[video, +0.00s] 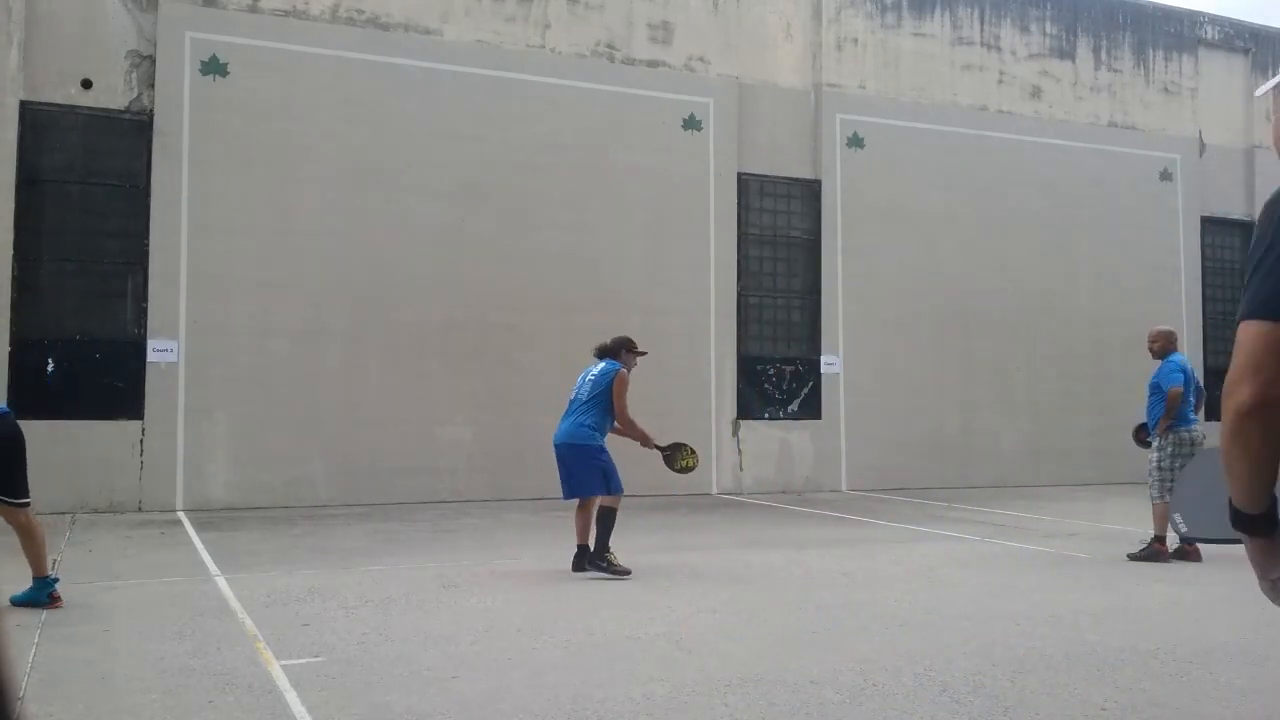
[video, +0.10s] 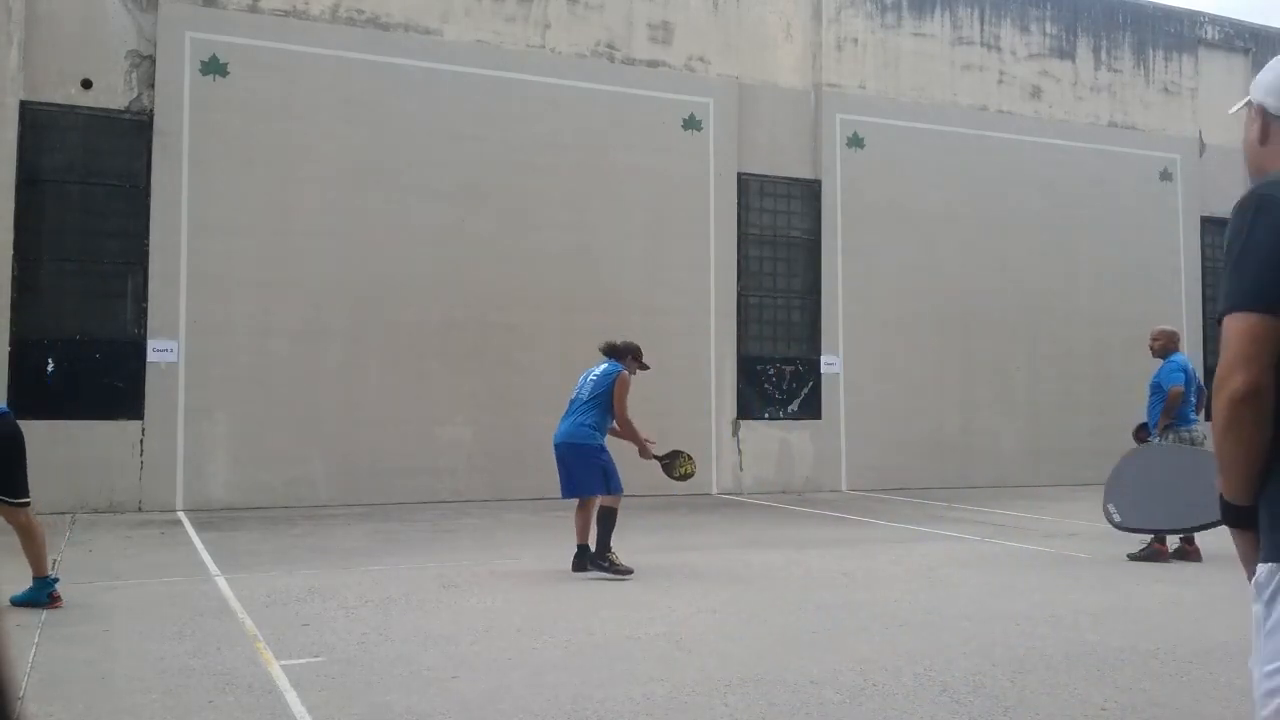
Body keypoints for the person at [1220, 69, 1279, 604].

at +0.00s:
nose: (1271, 132)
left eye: (1272, 118)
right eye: (1272, 118)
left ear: (1276, 128)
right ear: (1274, 132)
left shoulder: (1276, 211)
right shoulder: (1273, 214)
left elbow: (1250, 398)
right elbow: (1250, 399)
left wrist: (1255, 522)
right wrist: (1256, 523)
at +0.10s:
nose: (1245, 138)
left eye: (1248, 121)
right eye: (1246, 121)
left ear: (1266, 123)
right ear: (1275, 125)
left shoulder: (1267, 204)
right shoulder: (1259, 206)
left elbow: (1244, 383)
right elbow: (1245, 382)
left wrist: (1239, 509)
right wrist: (1241, 508)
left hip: (1279, 544)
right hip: (1274, 545)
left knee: (1273, 698)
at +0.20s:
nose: (1219, 148)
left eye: (1221, 132)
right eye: (1221, 133)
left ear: (1236, 133)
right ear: (1272, 137)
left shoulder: (1247, 203)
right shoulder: (1250, 209)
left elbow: (1220, 372)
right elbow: (1231, 368)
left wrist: (1203, 496)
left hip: (1262, 528)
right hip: (1260, 523)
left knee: (1229, 705)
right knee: (1233, 700)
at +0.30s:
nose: (1198, 155)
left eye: (1199, 141)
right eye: (1200, 142)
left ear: (1211, 142)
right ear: (1278, 146)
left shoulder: (1221, 205)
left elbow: (1192, 356)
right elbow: (1265, 347)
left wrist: (1163, 470)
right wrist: (1188, 342)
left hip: (1243, 524)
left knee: (1187, 706)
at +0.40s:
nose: (1170, 164)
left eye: (1172, 151)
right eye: (1173, 152)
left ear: (1183, 150)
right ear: (1262, 156)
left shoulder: (1189, 202)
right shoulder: (1275, 206)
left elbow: (1163, 345)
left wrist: (1135, 456)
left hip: (1225, 511)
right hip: (1271, 507)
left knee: (1168, 702)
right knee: (1259, 697)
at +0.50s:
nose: (1144, 170)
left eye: (1145, 158)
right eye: (1147, 159)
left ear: (1155, 159)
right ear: (1236, 165)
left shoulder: (1158, 210)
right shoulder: (1271, 220)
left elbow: (1135, 347)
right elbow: (1252, 364)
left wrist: (1094, 461)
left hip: (1199, 512)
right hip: (1271, 507)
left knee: (1165, 702)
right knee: (1259, 696)